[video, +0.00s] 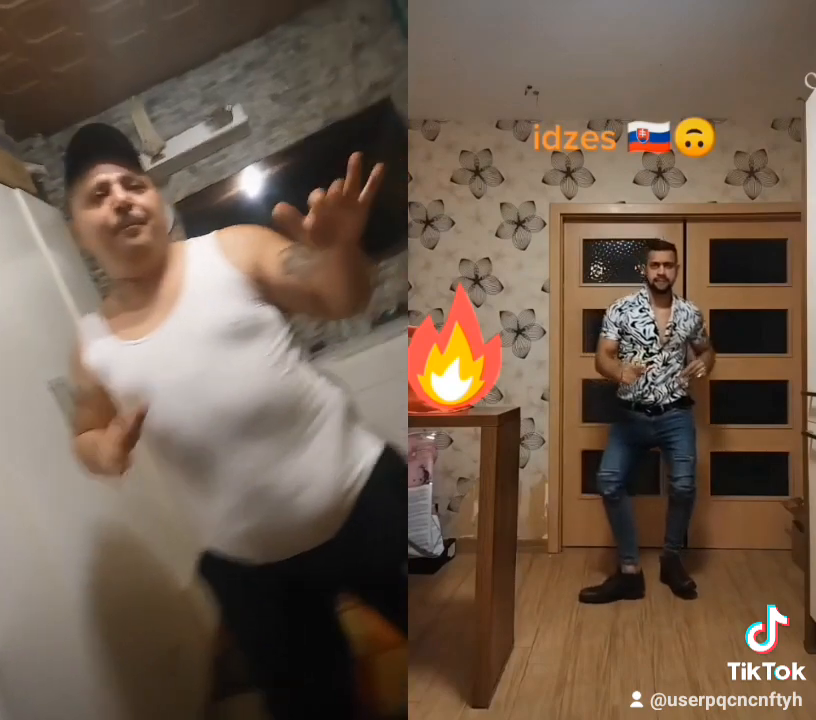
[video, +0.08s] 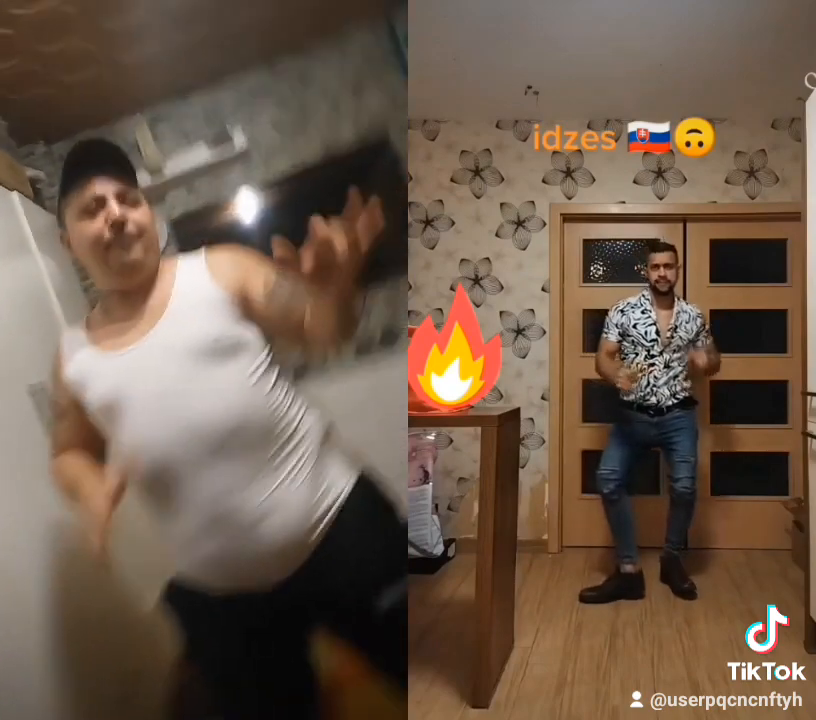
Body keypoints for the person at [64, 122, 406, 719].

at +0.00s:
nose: (122, 202)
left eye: (132, 184)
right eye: (97, 196)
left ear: (161, 200)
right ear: (78, 233)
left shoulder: (235, 249)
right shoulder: (96, 343)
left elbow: (343, 298)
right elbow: (89, 431)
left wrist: (341, 252)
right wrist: (106, 450)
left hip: (361, 502)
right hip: (250, 562)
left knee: (448, 641)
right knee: (310, 709)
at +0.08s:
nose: (116, 217)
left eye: (127, 199)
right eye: (92, 210)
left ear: (152, 213)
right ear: (69, 242)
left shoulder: (222, 270)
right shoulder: (77, 358)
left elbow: (322, 329)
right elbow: (71, 450)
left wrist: (335, 291)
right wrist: (91, 487)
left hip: (337, 536)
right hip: (220, 592)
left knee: (393, 687)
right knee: (265, 716)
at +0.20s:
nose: (122, 229)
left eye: (136, 213)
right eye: (99, 219)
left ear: (159, 229)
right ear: (73, 246)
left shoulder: (220, 297)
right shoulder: (64, 362)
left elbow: (308, 390)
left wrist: (304, 350)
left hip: (305, 588)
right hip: (169, 630)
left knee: (372, 706)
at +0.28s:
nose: (118, 211)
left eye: (134, 193)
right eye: (95, 197)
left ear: (159, 211)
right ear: (69, 220)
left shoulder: (215, 291)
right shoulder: (46, 340)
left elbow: (297, 394)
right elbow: (21, 439)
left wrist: (276, 356)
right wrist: (9, 469)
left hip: (262, 590)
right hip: (120, 612)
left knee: (327, 710)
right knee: (122, 711)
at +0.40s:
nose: (138, 165)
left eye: (158, 148)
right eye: (118, 150)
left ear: (191, 171)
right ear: (92, 175)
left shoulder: (228, 267)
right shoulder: (46, 284)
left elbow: (290, 381)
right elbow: (3, 378)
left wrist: (223, 325)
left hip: (215, 577)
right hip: (71, 580)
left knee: (249, 713)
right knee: (60, 712)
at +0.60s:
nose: (208, 166)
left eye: (233, 155)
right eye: (192, 150)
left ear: (263, 188)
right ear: (168, 170)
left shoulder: (285, 287)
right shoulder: (110, 262)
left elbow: (321, 410)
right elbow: (29, 328)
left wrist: (261, 361)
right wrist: (8, 326)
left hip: (190, 573)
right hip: (49, 546)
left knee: (181, 713)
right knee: (8, 695)